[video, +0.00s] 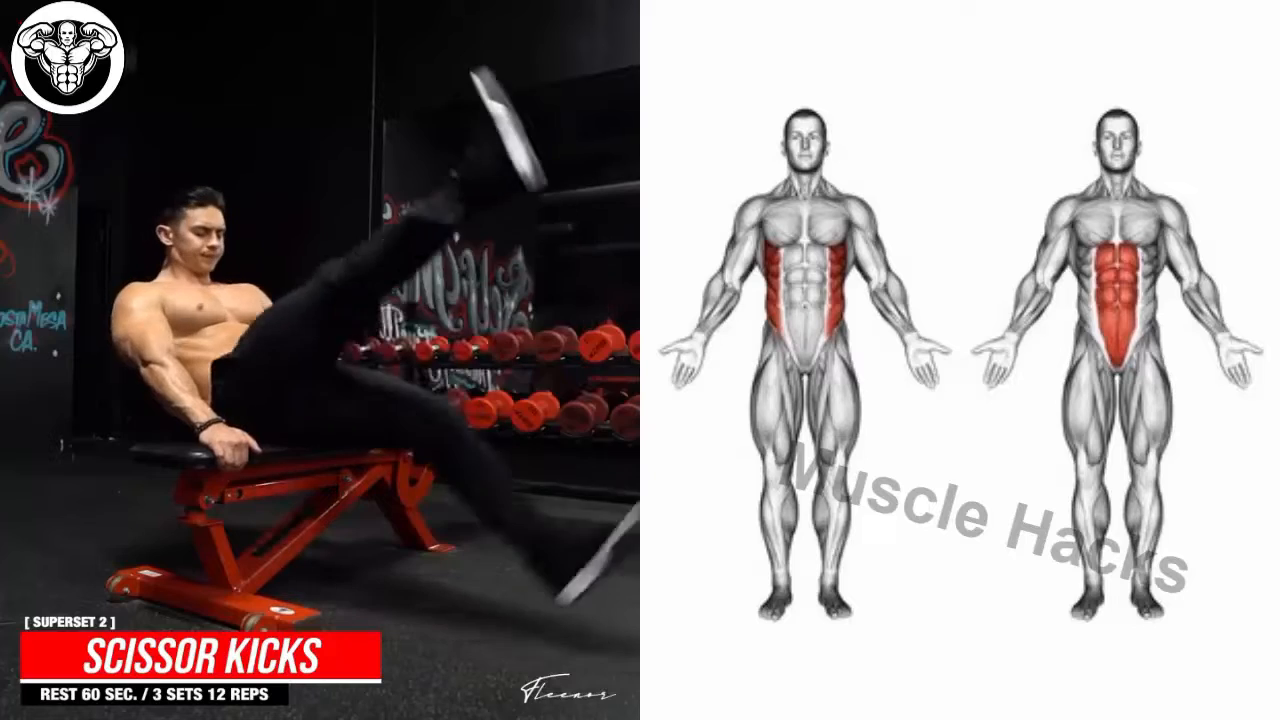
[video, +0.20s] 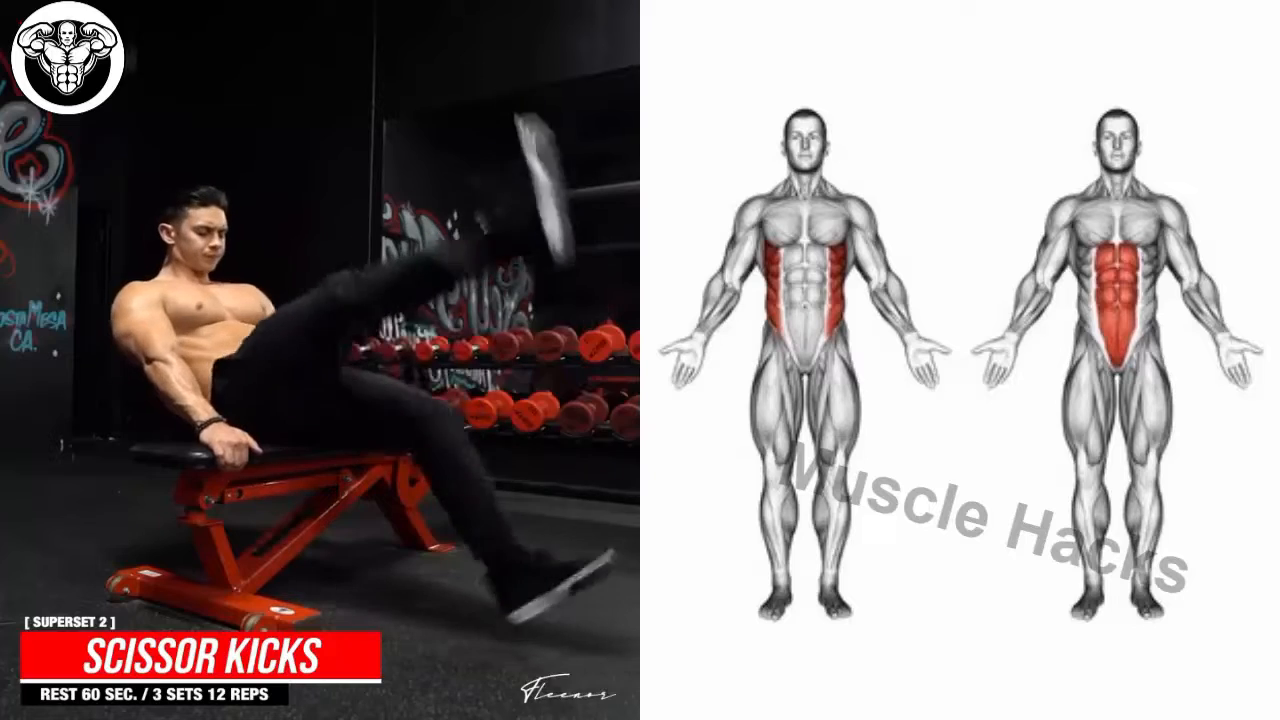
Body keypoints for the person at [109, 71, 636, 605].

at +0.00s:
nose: (214, 243)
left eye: (219, 234)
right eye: (202, 232)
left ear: (222, 238)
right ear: (168, 236)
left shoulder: (247, 293)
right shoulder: (139, 298)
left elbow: (298, 344)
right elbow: (157, 365)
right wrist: (207, 424)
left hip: (305, 394)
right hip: (243, 391)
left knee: (435, 421)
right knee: (342, 285)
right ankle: (472, 186)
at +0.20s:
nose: (216, 243)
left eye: (221, 234)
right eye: (203, 232)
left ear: (225, 239)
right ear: (169, 235)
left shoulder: (248, 294)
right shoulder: (139, 298)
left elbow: (302, 349)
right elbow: (160, 359)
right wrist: (208, 423)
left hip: (302, 399)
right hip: (241, 399)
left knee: (431, 418)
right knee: (335, 295)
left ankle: (514, 576)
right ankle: (472, 250)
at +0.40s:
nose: (213, 246)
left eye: (219, 238)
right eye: (202, 235)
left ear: (223, 243)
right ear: (167, 236)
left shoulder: (244, 298)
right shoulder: (138, 299)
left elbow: (303, 354)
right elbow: (164, 362)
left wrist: (362, 403)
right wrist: (209, 424)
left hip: (295, 384)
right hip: (237, 398)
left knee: (423, 350)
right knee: (370, 372)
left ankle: (562, 425)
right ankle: (535, 474)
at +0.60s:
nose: (223, 240)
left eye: (228, 233)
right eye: (212, 229)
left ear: (230, 239)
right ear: (175, 229)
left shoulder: (248, 294)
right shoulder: (143, 294)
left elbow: (313, 355)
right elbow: (164, 361)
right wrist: (209, 425)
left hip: (311, 375)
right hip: (258, 390)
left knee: (407, 309)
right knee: (374, 450)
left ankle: (545, 254)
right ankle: (485, 615)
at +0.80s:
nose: (222, 241)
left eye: (228, 234)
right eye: (211, 231)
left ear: (228, 237)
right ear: (175, 229)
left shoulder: (251, 294)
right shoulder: (144, 293)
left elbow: (313, 354)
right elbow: (163, 360)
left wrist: (375, 390)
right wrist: (210, 426)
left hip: (298, 376)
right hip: (239, 392)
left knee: (408, 325)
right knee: (370, 384)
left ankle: (559, 316)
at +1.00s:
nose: (214, 240)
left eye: (219, 232)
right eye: (202, 230)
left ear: (221, 237)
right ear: (166, 233)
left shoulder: (250, 294)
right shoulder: (140, 297)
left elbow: (304, 352)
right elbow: (161, 365)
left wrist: (341, 409)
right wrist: (208, 424)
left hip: (304, 399)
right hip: (244, 400)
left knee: (431, 401)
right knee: (345, 299)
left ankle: (551, 541)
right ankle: (511, 236)